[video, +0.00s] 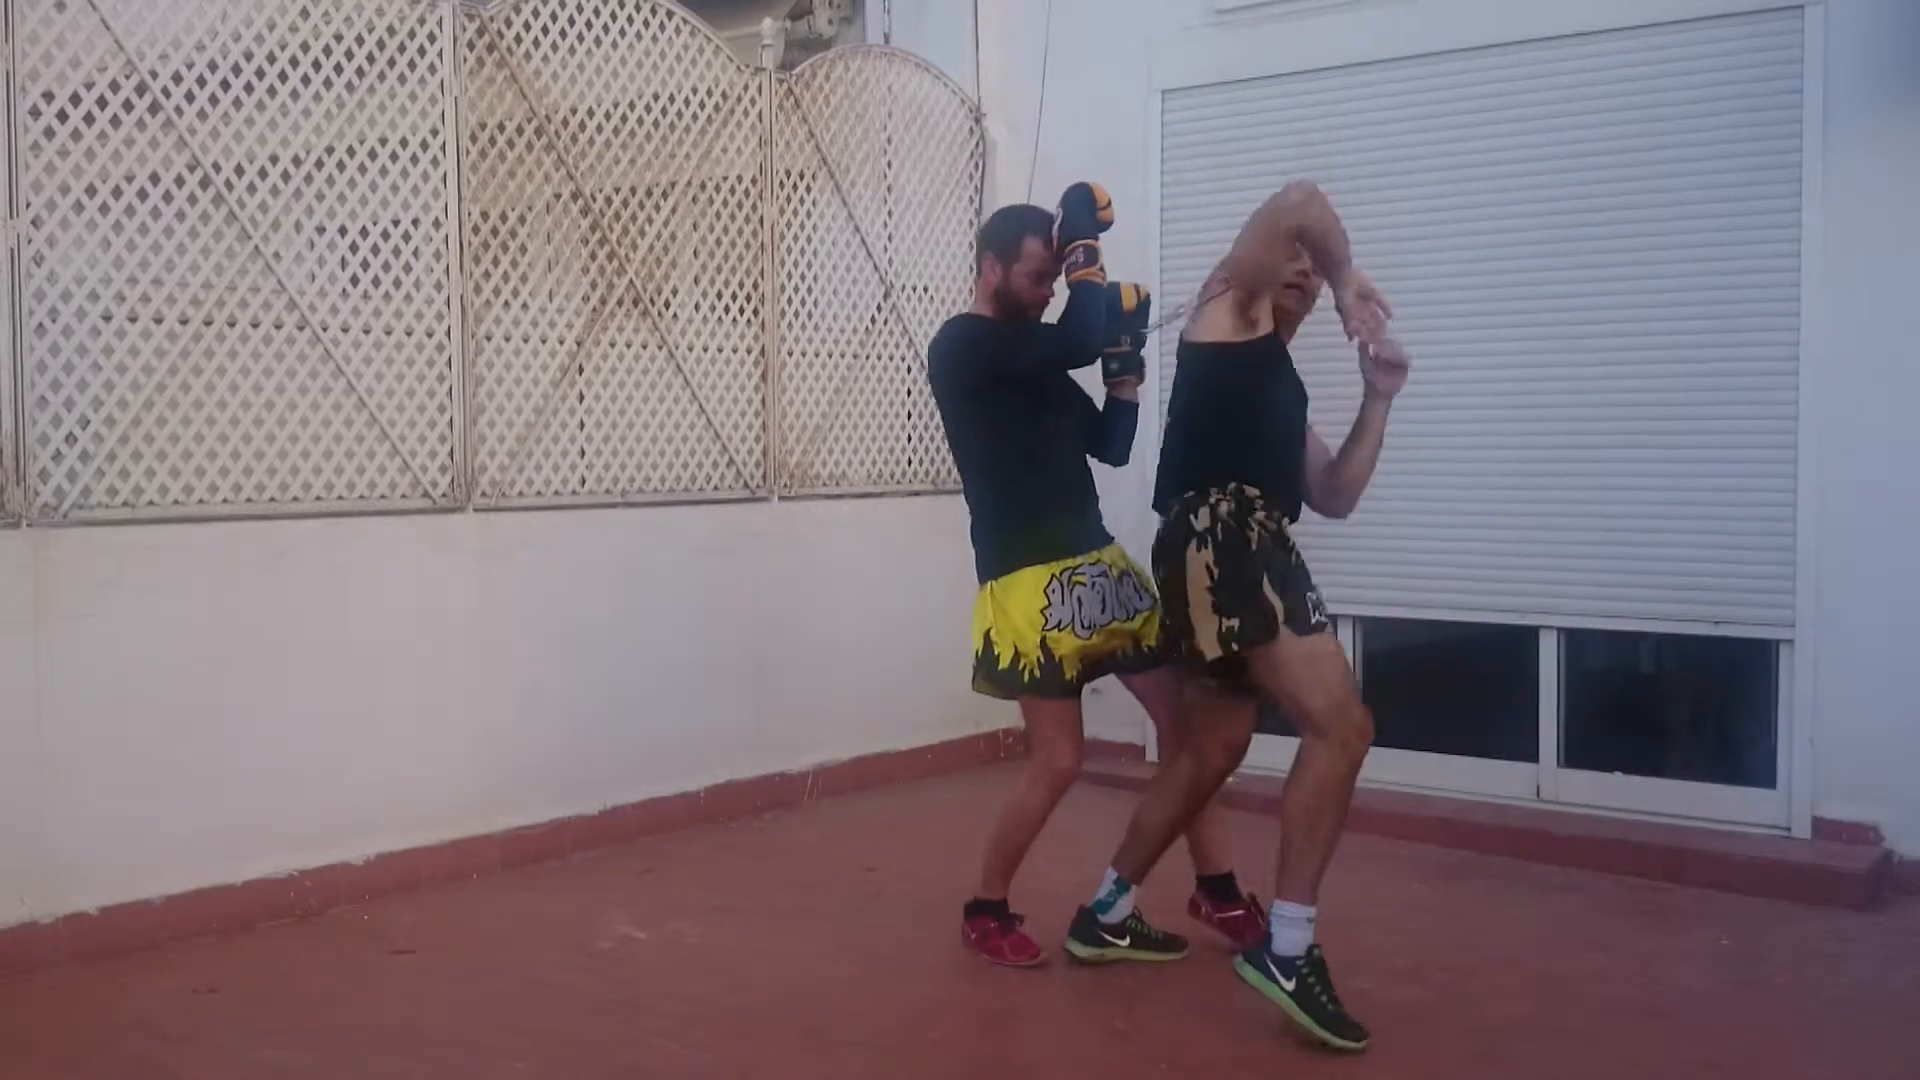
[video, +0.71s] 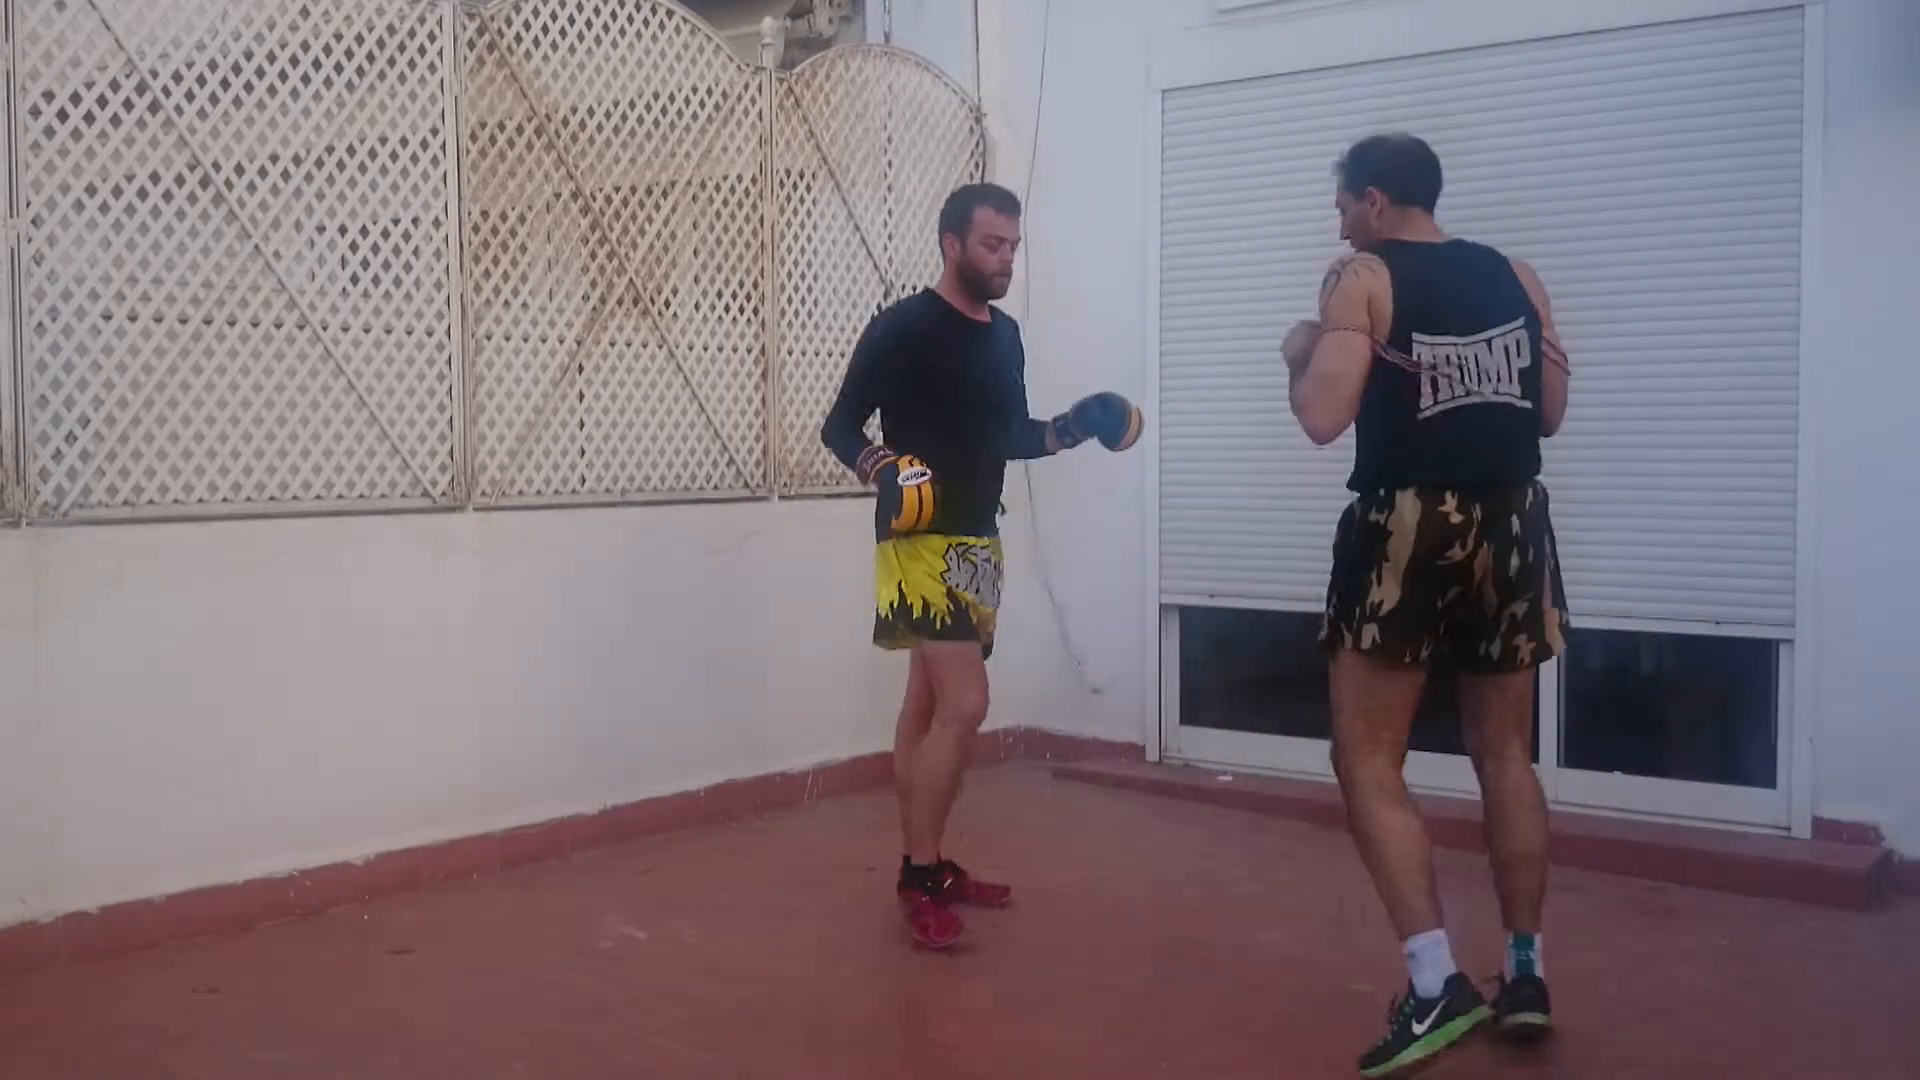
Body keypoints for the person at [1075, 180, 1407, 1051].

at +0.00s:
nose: (1308, 289)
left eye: (1314, 286)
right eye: (1297, 274)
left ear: (1306, 304)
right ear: (1263, 268)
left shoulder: (1277, 388)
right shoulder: (1229, 304)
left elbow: (1333, 493)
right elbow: (1298, 199)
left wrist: (1379, 396)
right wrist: (1346, 280)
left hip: (1213, 551)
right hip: (1231, 540)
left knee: (1210, 751)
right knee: (1342, 727)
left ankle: (1105, 911)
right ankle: (1287, 948)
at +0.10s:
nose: (1324, 287)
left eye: (1324, 269)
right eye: (1322, 264)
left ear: (1267, 269)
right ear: (1281, 264)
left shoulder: (1257, 349)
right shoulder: (1254, 303)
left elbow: (1305, 487)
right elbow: (1358, 253)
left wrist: (1357, 408)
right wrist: (1366, 303)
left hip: (1204, 547)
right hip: (1265, 539)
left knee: (1203, 744)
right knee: (1390, 725)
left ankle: (1108, 906)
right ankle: (1346, 948)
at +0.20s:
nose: (1349, 282)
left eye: (1347, 270)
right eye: (1344, 267)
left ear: (1273, 270)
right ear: (1314, 263)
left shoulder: (1212, 353)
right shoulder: (1296, 311)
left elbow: (1294, 423)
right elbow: (1415, 366)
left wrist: (1358, 381)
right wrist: (1354, 319)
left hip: (1218, 563)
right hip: (1311, 551)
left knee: (1200, 743)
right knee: (1413, 744)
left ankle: (1111, 906)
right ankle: (1439, 973)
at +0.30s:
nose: (1368, 288)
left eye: (1360, 277)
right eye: (1369, 276)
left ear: (1292, 278)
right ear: (1362, 275)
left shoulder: (1237, 345)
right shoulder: (1371, 331)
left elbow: (1220, 467)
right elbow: (1456, 457)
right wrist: (1420, 374)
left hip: (1255, 567)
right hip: (1363, 567)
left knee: (1207, 741)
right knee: (1438, 765)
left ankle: (1120, 908)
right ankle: (1453, 994)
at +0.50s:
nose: (1338, 272)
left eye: (1340, 258)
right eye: (1340, 259)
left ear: (1362, 256)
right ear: (1424, 262)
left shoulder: (1327, 329)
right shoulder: (1489, 343)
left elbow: (1256, 454)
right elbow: (1520, 483)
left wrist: (1312, 394)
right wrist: (1471, 413)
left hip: (1348, 570)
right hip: (1464, 577)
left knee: (1271, 749)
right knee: (1466, 782)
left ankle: (1236, 952)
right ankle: (1457, 994)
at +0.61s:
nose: (1338, 245)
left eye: (1340, 232)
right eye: (1338, 232)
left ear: (1366, 220)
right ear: (1423, 221)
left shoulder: (1354, 294)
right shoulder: (1505, 302)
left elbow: (1300, 429)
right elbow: (1537, 440)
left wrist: (1323, 339)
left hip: (1384, 544)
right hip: (1493, 549)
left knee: (1313, 742)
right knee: (1475, 767)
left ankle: (1342, 965)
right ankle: (1473, 984)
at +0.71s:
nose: (1339, 221)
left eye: (1342, 206)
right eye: (1339, 207)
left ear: (1373, 201)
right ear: (1430, 198)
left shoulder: (1368, 276)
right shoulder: (1513, 273)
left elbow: (1322, 415)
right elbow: (1549, 406)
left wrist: (1305, 345)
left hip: (1404, 531)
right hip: (1512, 530)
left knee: (1369, 764)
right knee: (1507, 757)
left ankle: (1435, 984)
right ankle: (1525, 973)